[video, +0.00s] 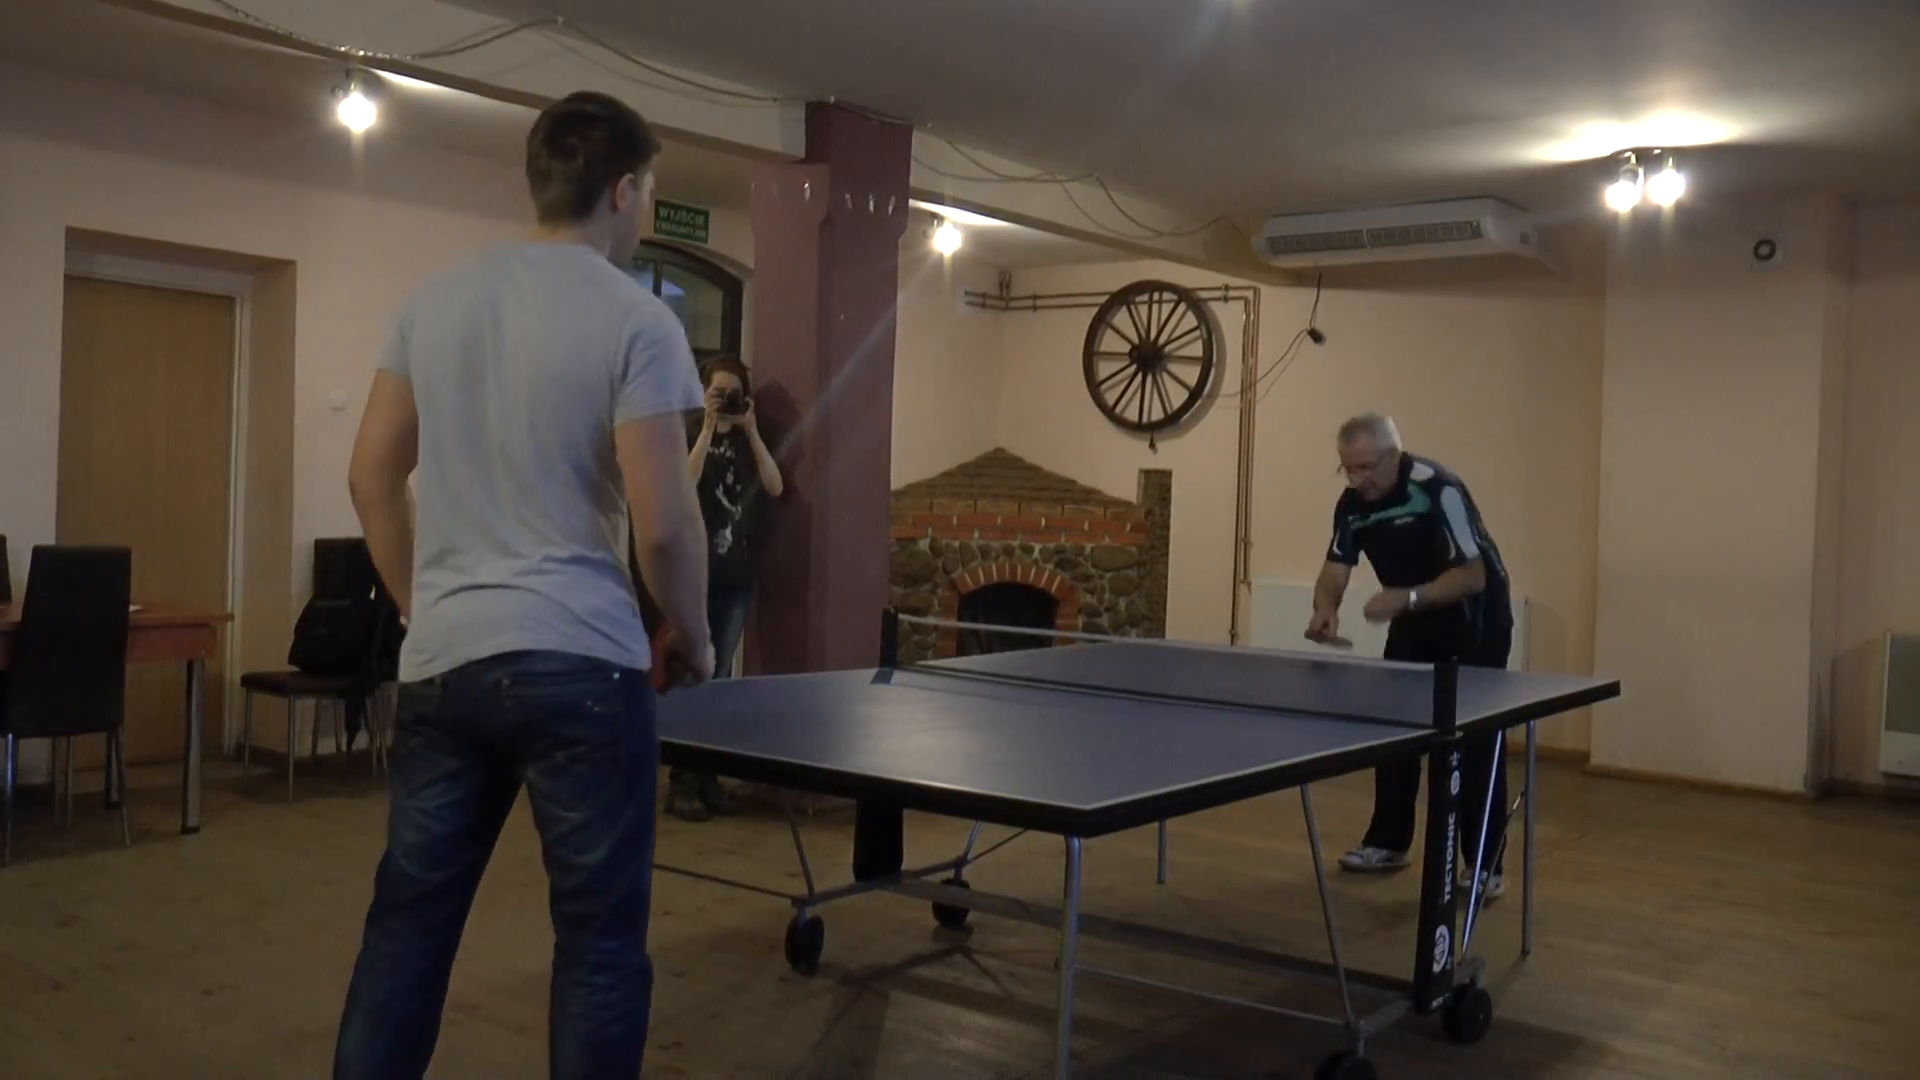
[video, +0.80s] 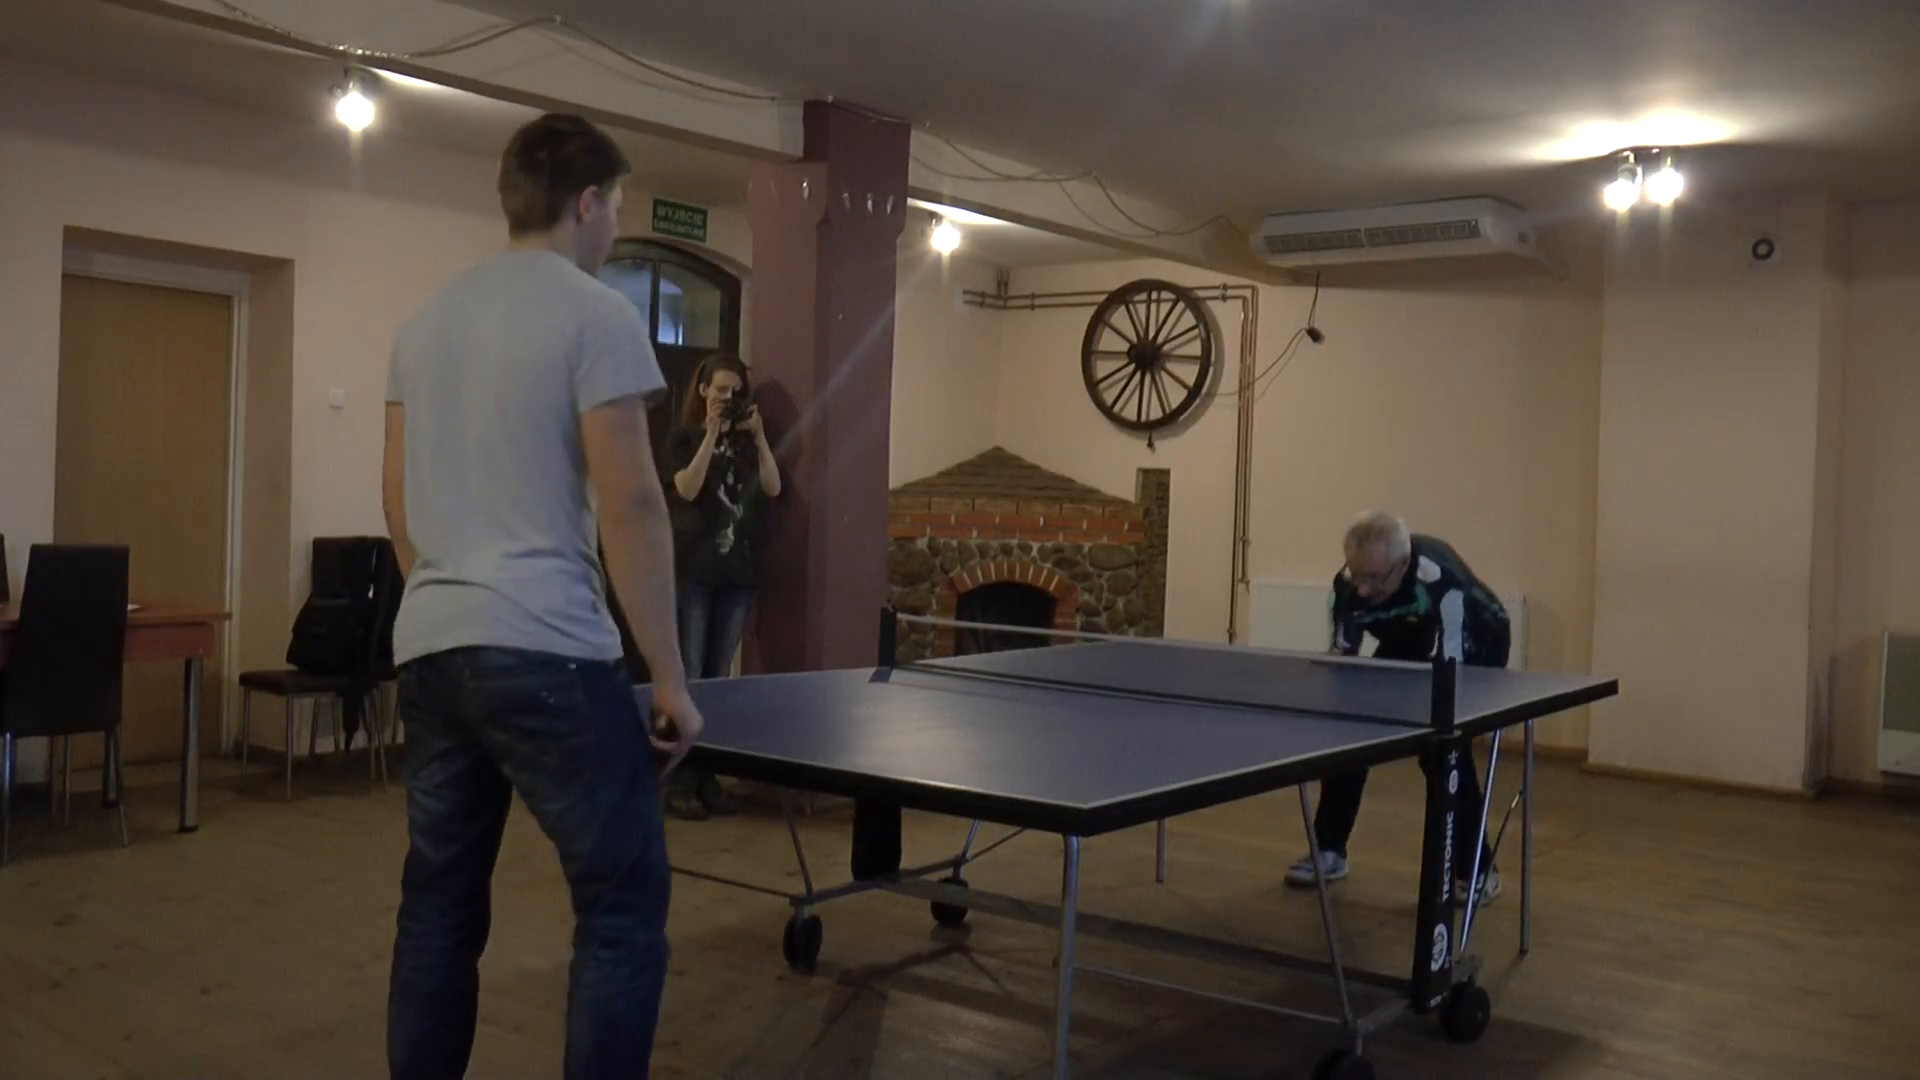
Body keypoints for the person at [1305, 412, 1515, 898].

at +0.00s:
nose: (1355, 480)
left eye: (1365, 468)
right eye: (1348, 469)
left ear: (1394, 458)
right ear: (1343, 464)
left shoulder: (1439, 491)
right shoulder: (1352, 505)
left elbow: (1474, 575)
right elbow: (1334, 572)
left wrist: (1407, 597)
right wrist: (1324, 611)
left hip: (1475, 620)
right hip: (1413, 620)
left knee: (1475, 740)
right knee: (1397, 729)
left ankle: (1484, 864)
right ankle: (1387, 844)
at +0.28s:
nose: (1395, 511)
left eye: (1407, 500)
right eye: (1388, 499)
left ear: (1434, 487)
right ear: (1378, 489)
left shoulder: (1474, 516)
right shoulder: (1380, 522)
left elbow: (1495, 613)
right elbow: (1383, 594)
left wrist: (1414, 624)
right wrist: (1367, 626)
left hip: (1486, 636)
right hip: (1421, 631)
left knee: (1475, 745)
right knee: (1383, 722)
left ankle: (1484, 871)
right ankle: (1379, 830)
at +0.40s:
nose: (1396, 530)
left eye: (1408, 520)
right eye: (1388, 518)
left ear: (1436, 507)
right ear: (1381, 506)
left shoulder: (1475, 532)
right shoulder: (1382, 535)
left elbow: (1499, 626)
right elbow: (1387, 607)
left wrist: (1448, 674)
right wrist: (1377, 677)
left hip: (1490, 626)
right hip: (1429, 619)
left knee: (1473, 744)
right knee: (1381, 721)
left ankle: (1481, 874)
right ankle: (1350, 840)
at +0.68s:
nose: (1373, 579)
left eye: (1385, 570)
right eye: (1367, 567)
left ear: (1413, 557)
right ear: (1359, 554)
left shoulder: (1455, 570)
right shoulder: (1361, 577)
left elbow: (1452, 662)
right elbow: (1361, 656)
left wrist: (1435, 717)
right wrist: (1359, 714)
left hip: (1488, 640)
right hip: (1420, 637)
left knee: (1464, 749)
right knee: (1367, 733)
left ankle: (1478, 872)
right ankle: (1331, 851)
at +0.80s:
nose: (1363, 588)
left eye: (1374, 579)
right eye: (1356, 577)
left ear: (1402, 566)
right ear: (1349, 561)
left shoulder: (1441, 579)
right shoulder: (1347, 587)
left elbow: (1449, 668)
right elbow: (1341, 664)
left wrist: (1433, 719)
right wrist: (1332, 721)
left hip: (1474, 648)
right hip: (1402, 645)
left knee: (1442, 751)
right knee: (1348, 738)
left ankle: (1478, 871)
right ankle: (1329, 851)